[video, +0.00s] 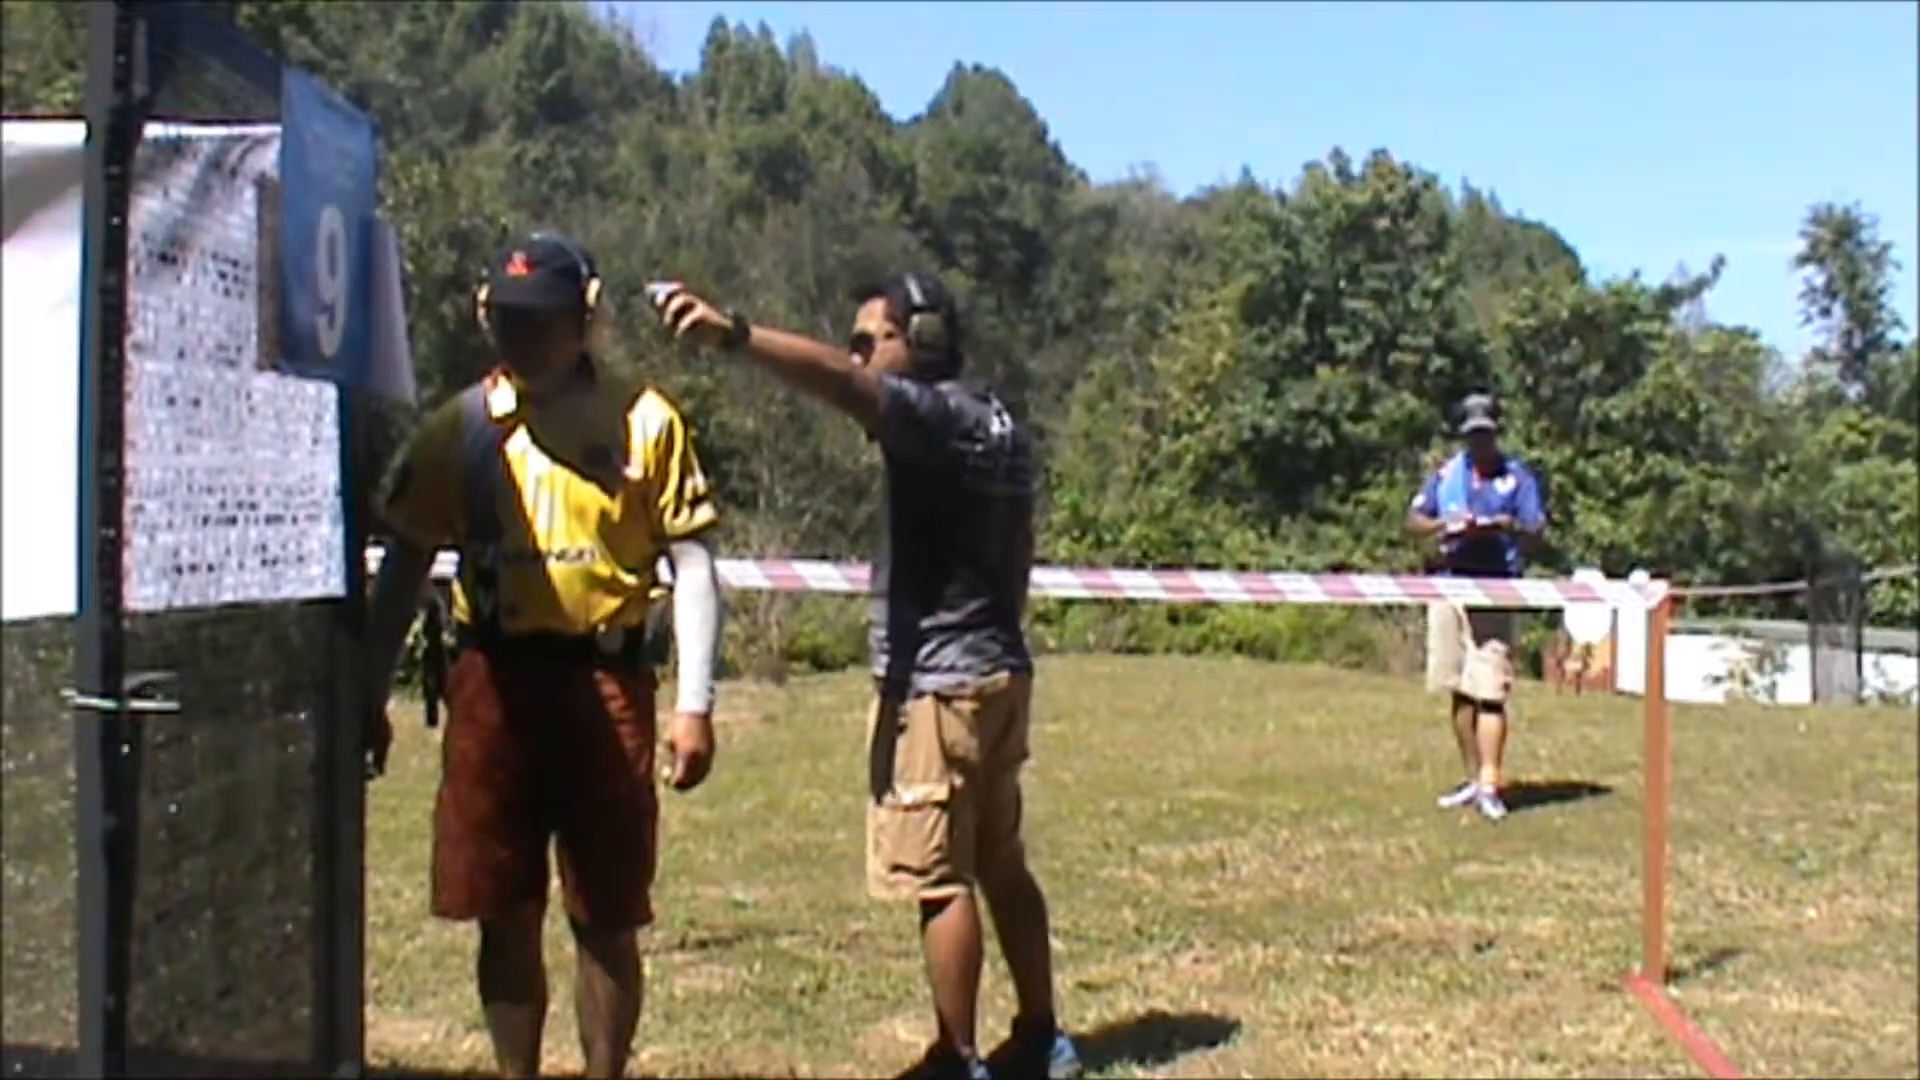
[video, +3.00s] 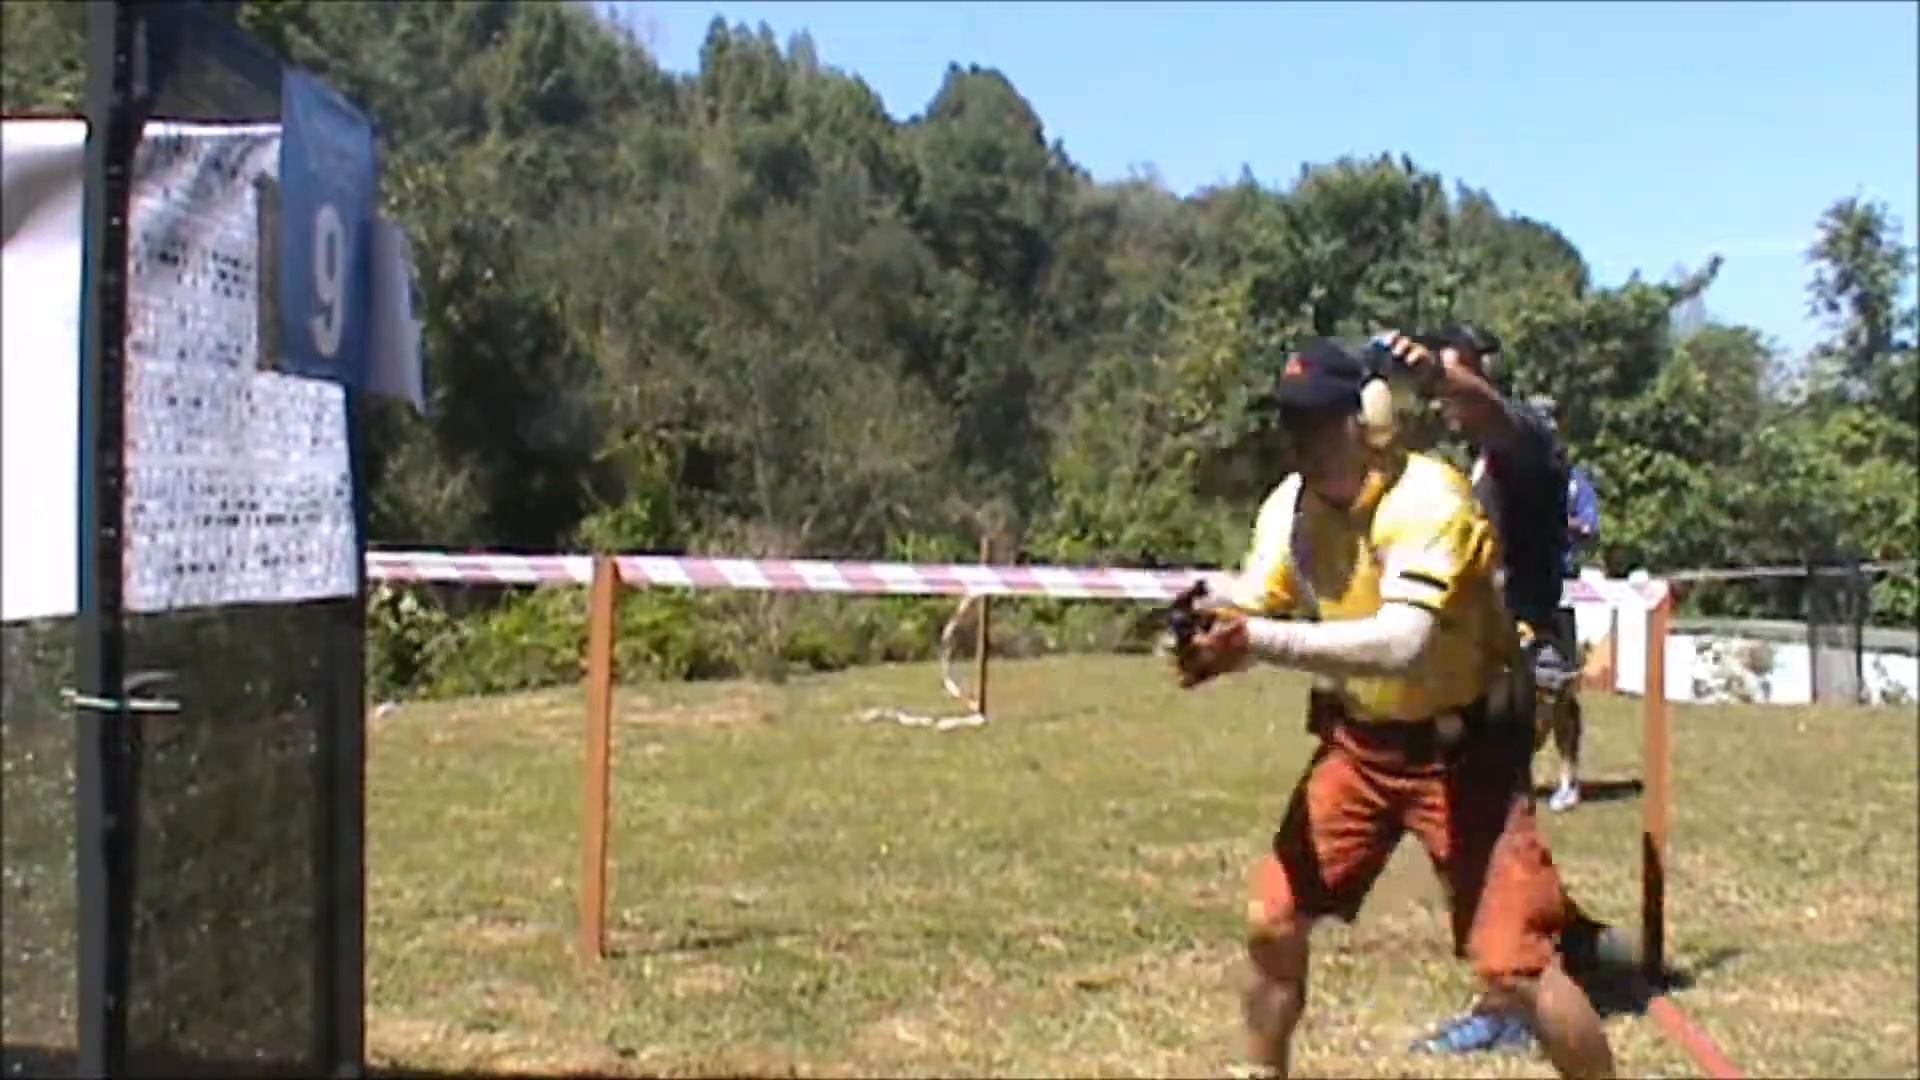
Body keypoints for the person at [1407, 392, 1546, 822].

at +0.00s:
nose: (1481, 442)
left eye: (1487, 433)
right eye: (1473, 435)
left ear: (1498, 434)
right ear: (1461, 436)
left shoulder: (1518, 477)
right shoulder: (1447, 473)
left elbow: (1536, 535)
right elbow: (1415, 519)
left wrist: (1506, 525)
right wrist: (1445, 526)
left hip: (1495, 589)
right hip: (1450, 588)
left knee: (1491, 690)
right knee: (1459, 689)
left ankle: (1489, 782)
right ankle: (1472, 775)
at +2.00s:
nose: (1482, 443)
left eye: (1488, 435)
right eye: (1475, 436)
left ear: (1500, 435)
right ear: (1464, 437)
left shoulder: (1519, 478)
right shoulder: (1449, 472)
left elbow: (1541, 533)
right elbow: (1413, 514)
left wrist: (1508, 525)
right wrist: (1449, 519)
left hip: (1494, 589)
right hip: (1449, 588)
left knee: (1490, 690)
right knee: (1459, 689)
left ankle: (1489, 783)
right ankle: (1471, 776)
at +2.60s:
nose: (1493, 437)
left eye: (1500, 428)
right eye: (1486, 429)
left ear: (1512, 431)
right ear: (1476, 432)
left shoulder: (1531, 477)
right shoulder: (1456, 473)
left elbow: (1549, 529)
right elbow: (1427, 516)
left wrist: (1511, 526)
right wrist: (1468, 523)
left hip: (1513, 588)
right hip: (1465, 587)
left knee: (1525, 685)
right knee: (1469, 688)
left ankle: (1540, 772)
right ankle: (1477, 778)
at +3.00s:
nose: (1544, 436)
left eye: (1549, 425)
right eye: (1535, 426)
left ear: (1560, 431)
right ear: (1520, 433)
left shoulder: (1572, 481)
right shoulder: (1506, 481)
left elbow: (1588, 527)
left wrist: (1551, 526)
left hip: (1552, 592)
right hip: (1507, 591)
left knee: (1560, 688)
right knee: (1516, 690)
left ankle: (1569, 774)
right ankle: (1517, 772)